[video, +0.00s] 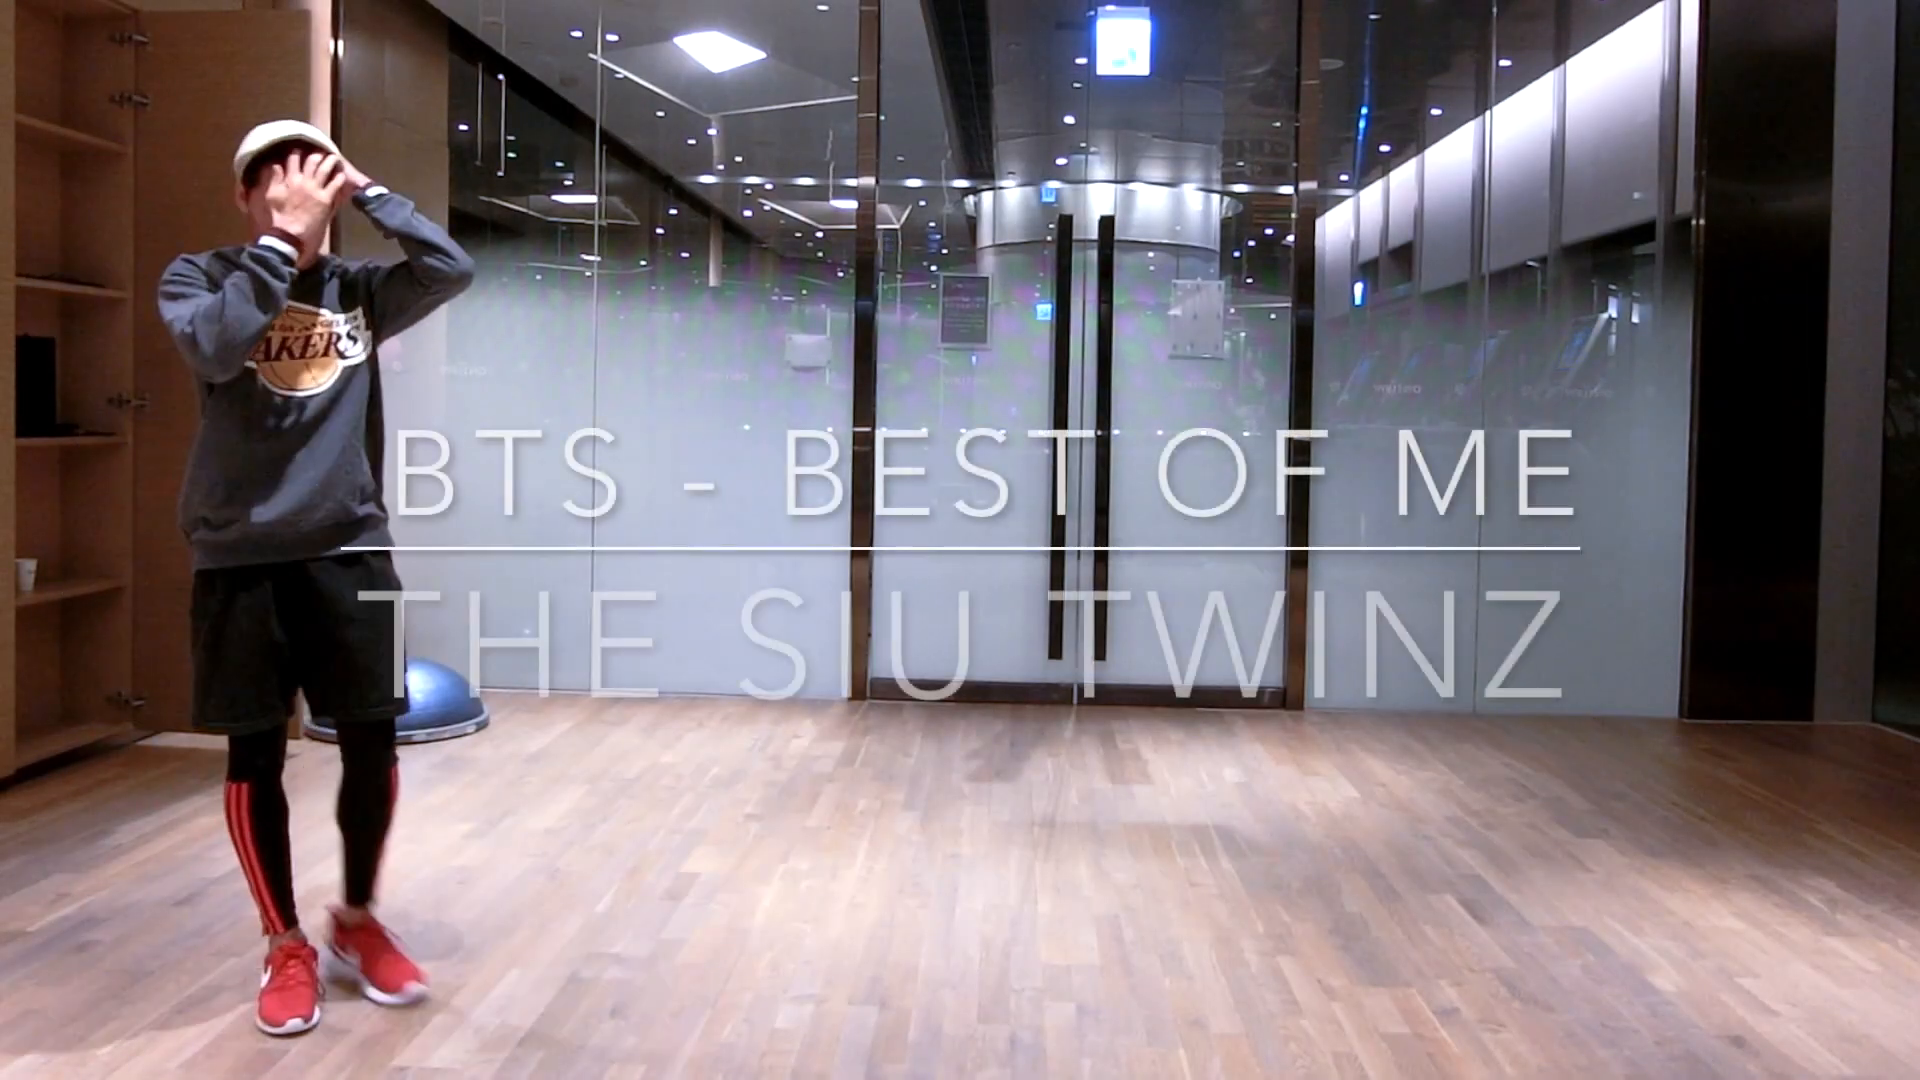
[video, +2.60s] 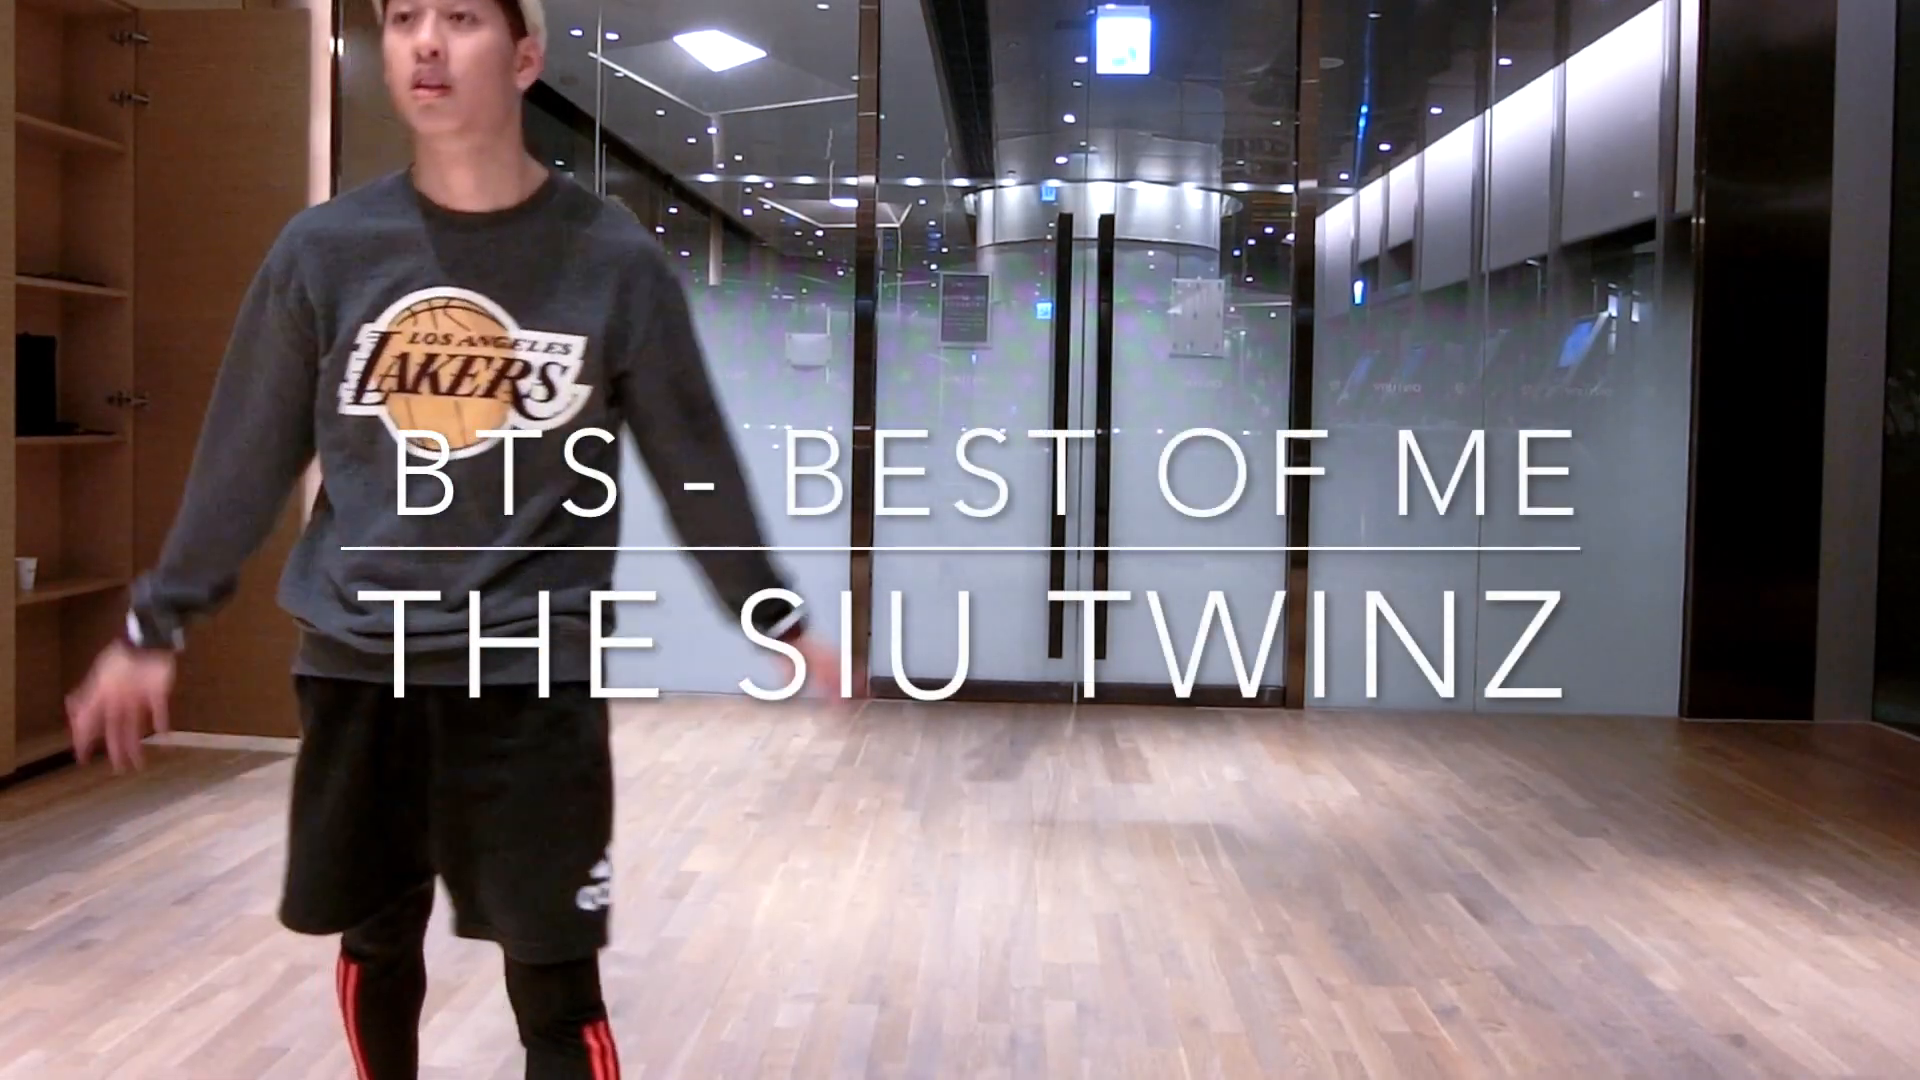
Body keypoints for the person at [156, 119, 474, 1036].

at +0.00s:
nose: (315, 176)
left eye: (322, 164)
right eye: (296, 162)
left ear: (335, 196)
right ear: (252, 190)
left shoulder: (353, 288)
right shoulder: (199, 276)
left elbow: (449, 265)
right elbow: (212, 350)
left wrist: (365, 192)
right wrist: (286, 239)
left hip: (350, 546)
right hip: (243, 554)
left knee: (373, 740)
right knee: (256, 753)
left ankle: (357, 923)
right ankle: (286, 949)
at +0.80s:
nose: (431, 185)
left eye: (451, 163)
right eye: (418, 169)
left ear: (489, 184)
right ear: (398, 192)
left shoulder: (529, 274)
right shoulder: (361, 270)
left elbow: (531, 366)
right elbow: (278, 326)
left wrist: (463, 246)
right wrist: (358, 203)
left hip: (481, 569)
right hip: (358, 563)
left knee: (480, 790)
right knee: (321, 791)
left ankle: (471, 1004)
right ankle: (349, 949)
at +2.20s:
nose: (409, 119)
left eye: (435, 94)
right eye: (383, 92)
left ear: (476, 112)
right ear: (350, 108)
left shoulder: (532, 246)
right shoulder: (282, 225)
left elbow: (535, 400)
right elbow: (283, 397)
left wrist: (462, 342)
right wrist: (376, 336)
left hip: (487, 590)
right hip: (330, 604)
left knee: (535, 883)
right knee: (360, 906)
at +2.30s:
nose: (406, 97)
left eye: (433, 71)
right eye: (380, 70)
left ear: (480, 94)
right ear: (350, 91)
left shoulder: (545, 253)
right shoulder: (286, 229)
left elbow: (536, 414)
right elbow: (287, 381)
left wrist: (473, 511)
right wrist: (362, 491)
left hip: (494, 602)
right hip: (332, 613)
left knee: (533, 890)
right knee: (360, 904)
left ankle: (573, 1078)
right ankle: (382, 1078)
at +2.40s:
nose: (401, 85)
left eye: (430, 59)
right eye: (377, 58)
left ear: (485, 88)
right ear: (349, 83)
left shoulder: (555, 265)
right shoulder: (296, 251)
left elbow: (567, 477)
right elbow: (282, 465)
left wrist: (556, 672)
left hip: (497, 635)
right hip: (345, 639)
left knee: (528, 942)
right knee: (364, 929)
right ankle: (385, 1079)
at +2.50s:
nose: (406, 72)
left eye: (437, 44)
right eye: (383, 45)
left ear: (497, 76)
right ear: (356, 77)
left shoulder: (579, 268)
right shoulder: (306, 262)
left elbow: (623, 494)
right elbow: (254, 496)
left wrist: (674, 698)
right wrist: (206, 714)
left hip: (508, 674)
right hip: (343, 671)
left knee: (524, 979)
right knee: (368, 947)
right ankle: (385, 1079)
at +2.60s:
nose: (426, 42)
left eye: (459, 19)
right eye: (405, 20)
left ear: (526, 56)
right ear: (380, 51)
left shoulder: (613, 258)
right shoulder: (323, 247)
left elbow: (695, 463)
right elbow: (242, 458)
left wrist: (777, 620)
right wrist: (153, 630)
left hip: (535, 673)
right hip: (362, 668)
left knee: (555, 990)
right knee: (376, 958)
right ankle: (384, 1079)